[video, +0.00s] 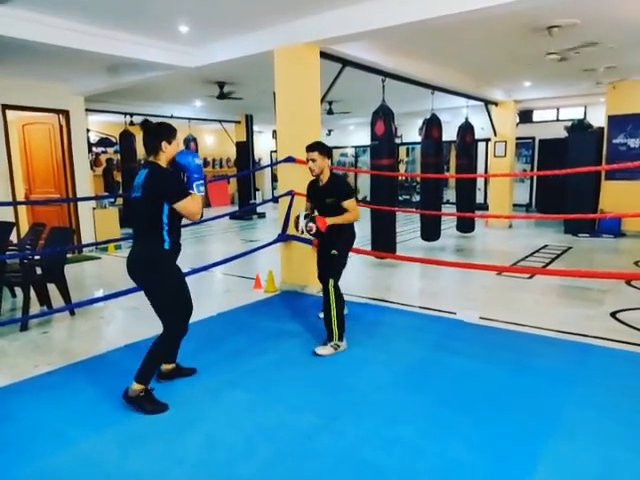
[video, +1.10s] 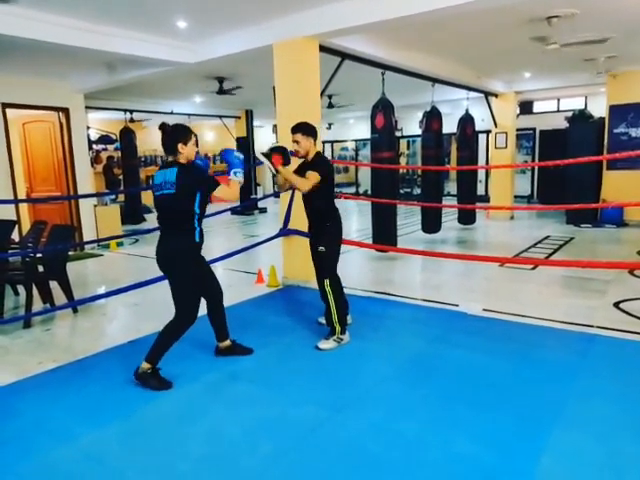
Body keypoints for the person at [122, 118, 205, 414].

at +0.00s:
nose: (179, 147)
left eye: (178, 142)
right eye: (176, 143)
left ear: (155, 146)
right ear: (165, 145)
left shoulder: (145, 173)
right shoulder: (164, 176)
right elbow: (194, 211)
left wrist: (187, 193)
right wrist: (194, 181)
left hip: (147, 256)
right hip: (154, 261)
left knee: (182, 308)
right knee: (176, 322)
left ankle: (168, 365)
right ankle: (137, 388)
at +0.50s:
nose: (183, 148)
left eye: (182, 142)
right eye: (180, 142)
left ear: (164, 148)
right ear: (167, 147)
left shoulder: (172, 176)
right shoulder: (152, 181)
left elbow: (185, 211)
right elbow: (182, 221)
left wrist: (200, 178)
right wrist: (193, 187)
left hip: (175, 259)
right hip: (154, 264)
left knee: (209, 298)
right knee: (171, 331)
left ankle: (192, 350)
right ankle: (142, 401)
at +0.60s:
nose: (190, 152)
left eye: (189, 147)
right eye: (186, 147)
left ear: (173, 152)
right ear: (173, 151)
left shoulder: (184, 179)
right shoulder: (156, 184)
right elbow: (179, 224)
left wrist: (239, 158)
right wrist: (192, 191)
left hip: (182, 261)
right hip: (158, 266)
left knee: (215, 300)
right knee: (173, 331)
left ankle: (215, 344)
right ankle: (143, 401)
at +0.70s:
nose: (196, 151)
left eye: (195, 146)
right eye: (192, 146)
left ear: (181, 151)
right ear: (179, 151)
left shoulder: (191, 176)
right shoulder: (163, 185)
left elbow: (229, 166)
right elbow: (185, 221)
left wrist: (256, 155)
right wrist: (198, 188)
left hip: (187, 262)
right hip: (165, 265)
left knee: (217, 300)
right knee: (174, 329)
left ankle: (222, 345)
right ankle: (144, 400)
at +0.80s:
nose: (200, 146)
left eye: (198, 141)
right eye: (197, 141)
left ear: (177, 147)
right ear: (188, 145)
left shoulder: (173, 172)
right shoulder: (195, 171)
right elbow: (235, 186)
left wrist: (216, 166)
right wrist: (234, 159)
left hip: (176, 249)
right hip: (185, 253)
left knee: (215, 294)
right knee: (178, 319)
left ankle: (223, 343)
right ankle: (139, 380)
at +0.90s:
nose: (201, 144)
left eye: (199, 139)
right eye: (198, 140)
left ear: (176, 147)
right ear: (190, 145)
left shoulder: (167, 175)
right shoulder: (207, 163)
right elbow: (248, 160)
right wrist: (255, 140)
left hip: (172, 248)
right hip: (189, 250)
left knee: (211, 290)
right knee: (180, 314)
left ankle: (222, 343)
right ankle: (140, 368)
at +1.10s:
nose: (196, 149)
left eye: (195, 145)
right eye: (193, 145)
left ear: (173, 148)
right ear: (181, 147)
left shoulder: (160, 175)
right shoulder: (193, 174)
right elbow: (230, 195)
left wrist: (208, 187)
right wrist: (231, 177)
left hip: (168, 250)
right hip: (184, 252)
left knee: (214, 292)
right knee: (187, 315)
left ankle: (225, 343)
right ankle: (147, 367)